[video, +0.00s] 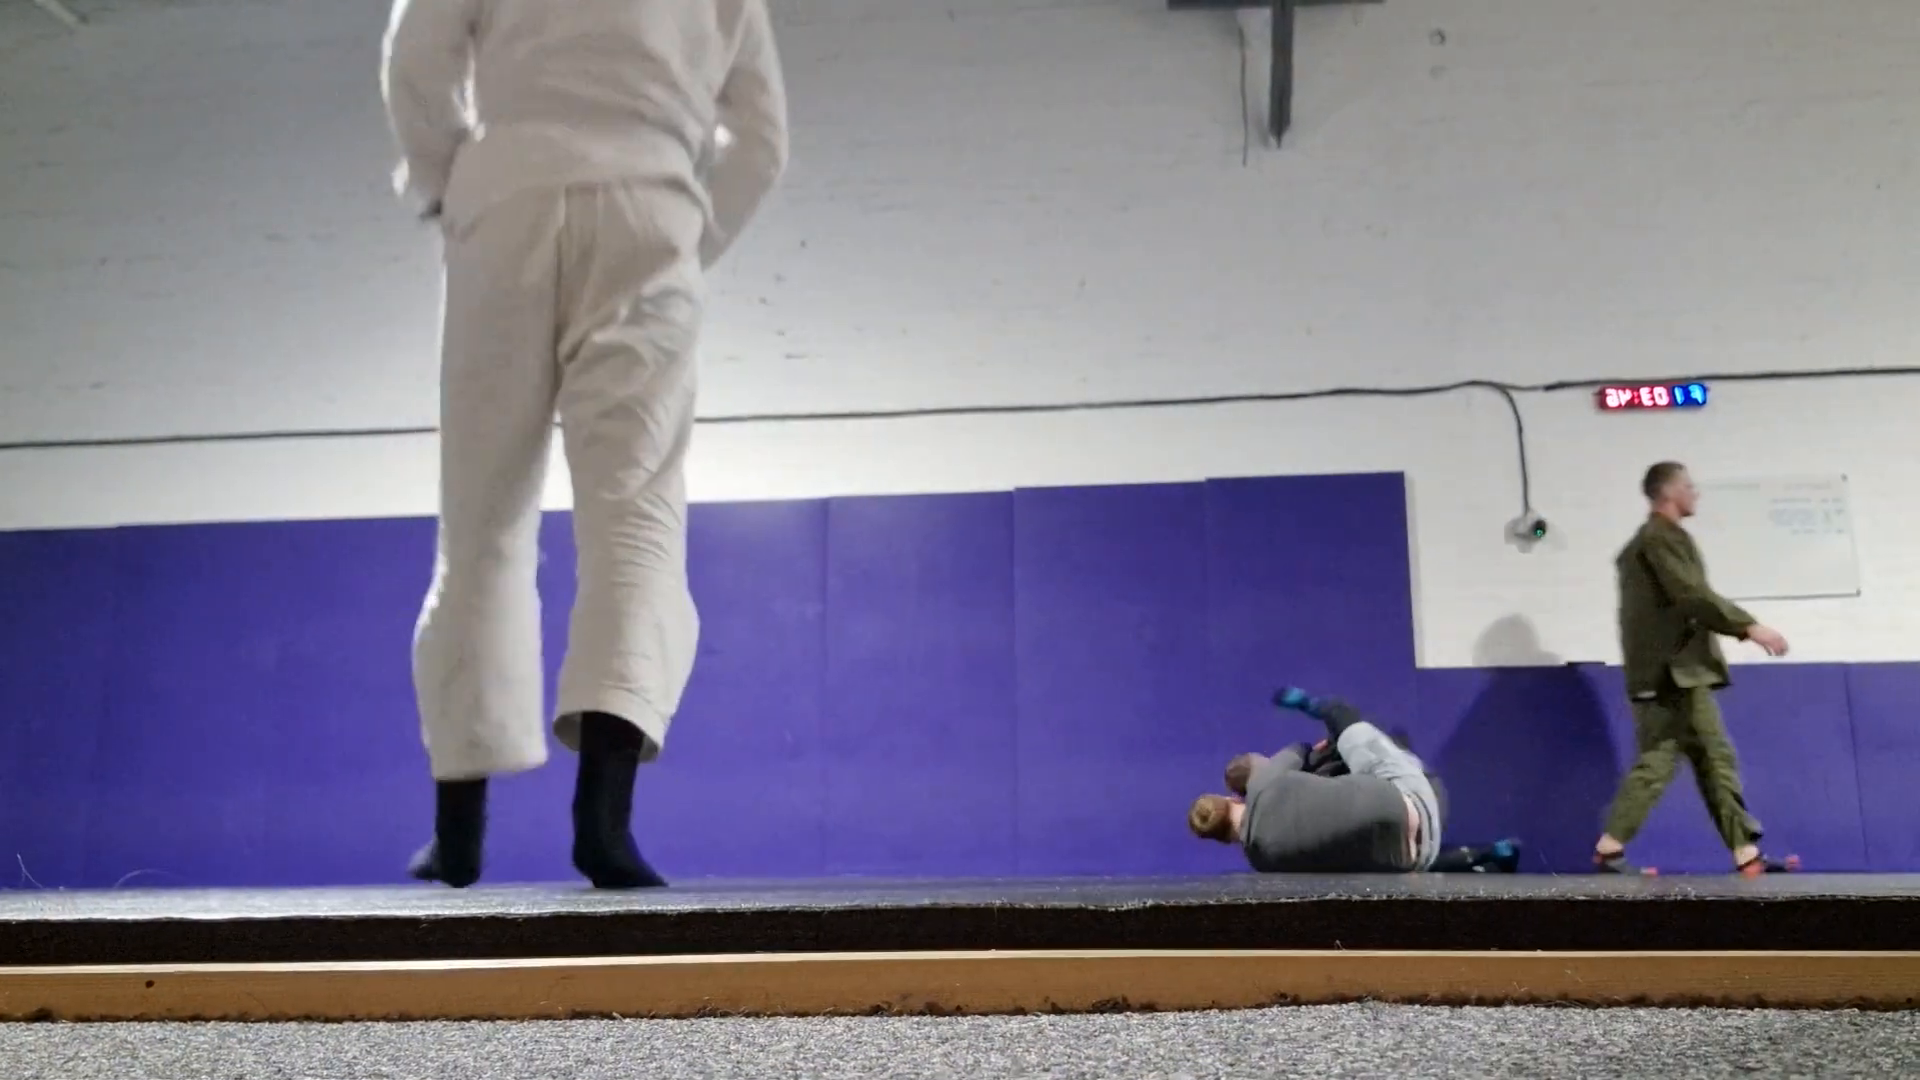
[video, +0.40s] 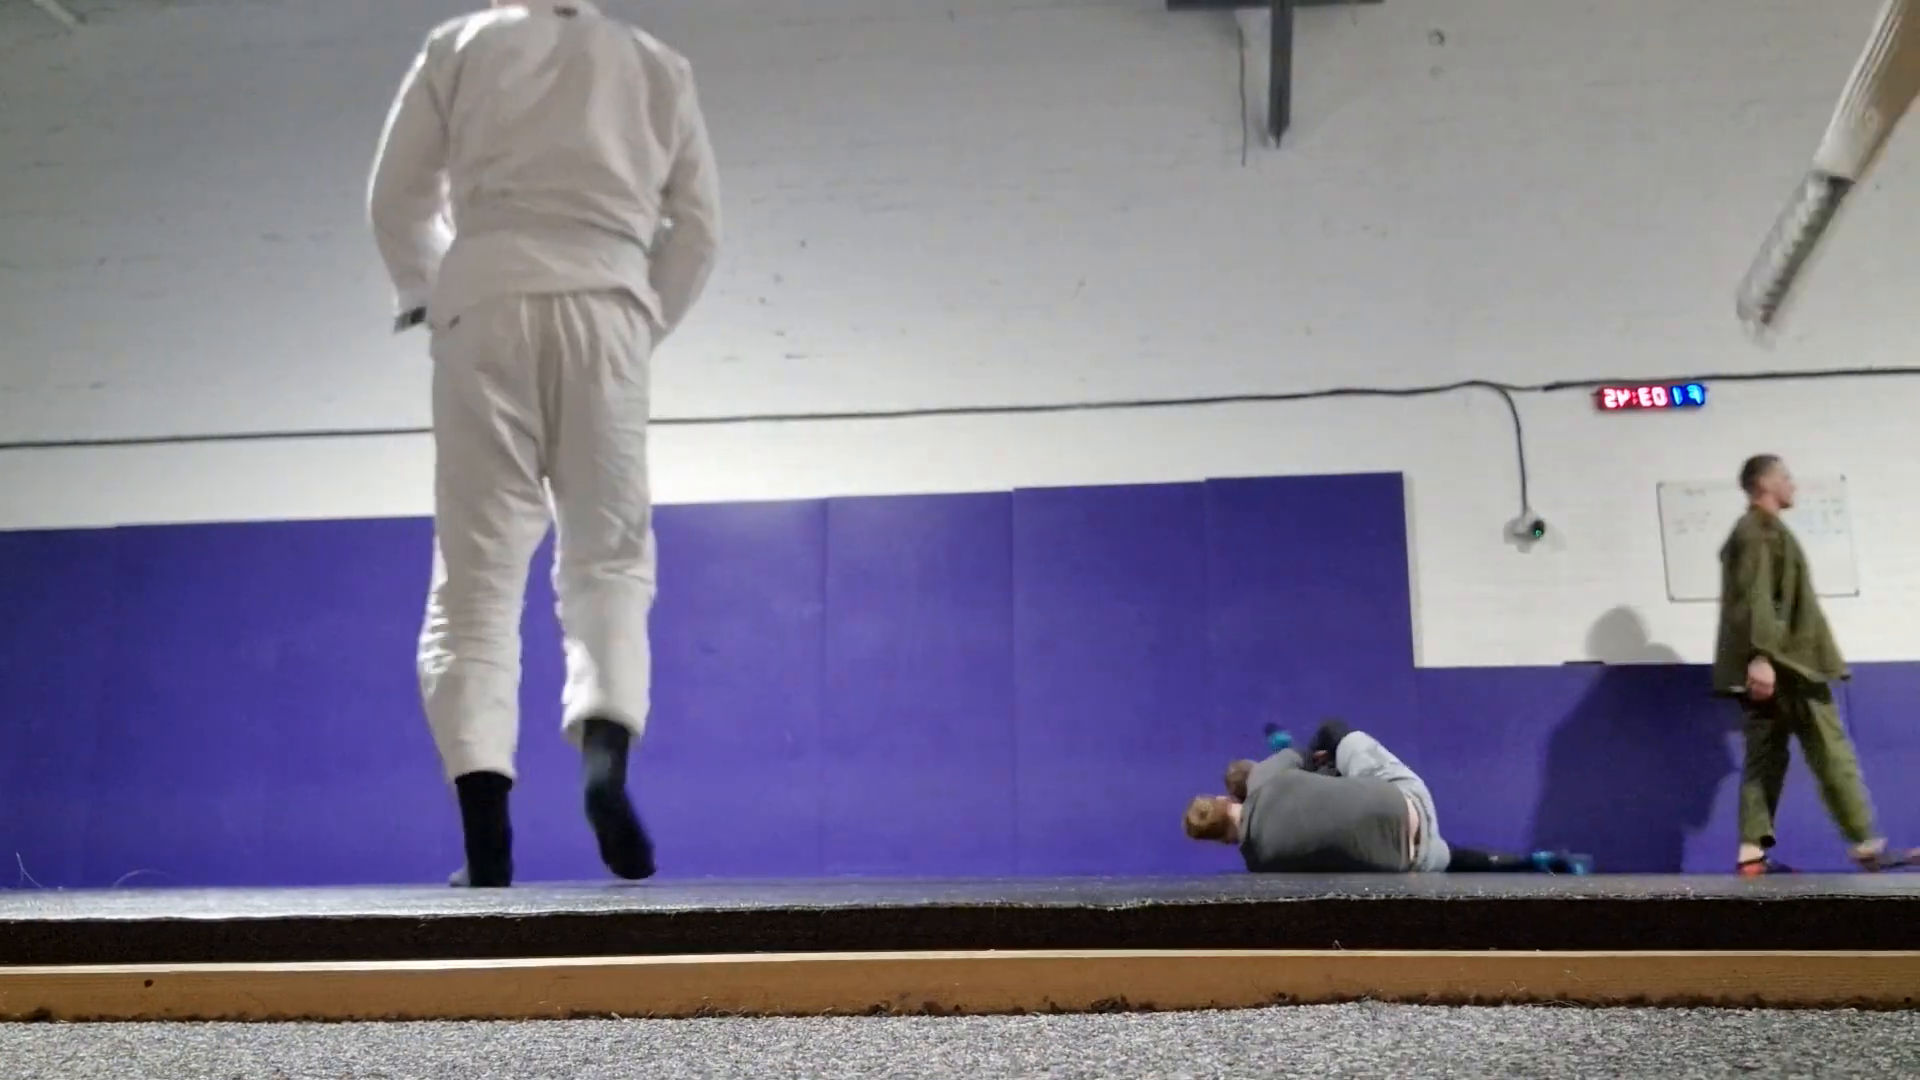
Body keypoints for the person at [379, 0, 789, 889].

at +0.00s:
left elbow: (413, 58)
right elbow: (763, 137)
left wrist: (448, 185)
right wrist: (682, 236)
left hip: (504, 182)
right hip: (646, 185)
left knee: (485, 514)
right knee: (634, 503)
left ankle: (458, 833)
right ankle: (604, 821)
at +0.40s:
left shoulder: (456, 46)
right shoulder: (659, 64)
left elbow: (396, 197)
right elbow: (696, 228)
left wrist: (431, 295)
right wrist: (637, 323)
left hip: (481, 298)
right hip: (605, 303)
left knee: (480, 558)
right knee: (610, 547)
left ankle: (485, 834)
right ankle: (606, 752)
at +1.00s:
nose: (476, 126)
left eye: (479, 110)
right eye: (476, 112)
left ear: (508, 103)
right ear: (553, 107)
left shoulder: (497, 166)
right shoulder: (628, 205)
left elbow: (451, 260)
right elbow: (647, 337)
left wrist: (423, 360)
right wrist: (608, 407)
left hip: (516, 408)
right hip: (612, 418)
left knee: (454, 617)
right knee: (588, 626)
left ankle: (478, 844)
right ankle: (593, 854)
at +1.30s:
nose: (437, 155)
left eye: (448, 138)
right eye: (435, 141)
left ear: (497, 140)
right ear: (505, 147)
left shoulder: (507, 199)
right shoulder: (547, 215)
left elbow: (505, 313)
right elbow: (562, 351)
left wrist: (433, 388)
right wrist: (473, 429)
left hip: (515, 439)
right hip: (554, 443)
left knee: (439, 647)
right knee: (472, 636)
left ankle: (479, 847)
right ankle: (558, 805)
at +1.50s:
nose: (451, 175)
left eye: (466, 162)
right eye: (445, 164)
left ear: (511, 170)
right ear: (442, 176)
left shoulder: (547, 244)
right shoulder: (456, 263)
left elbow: (566, 354)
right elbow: (427, 376)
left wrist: (488, 417)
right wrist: (401, 442)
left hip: (533, 476)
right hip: (487, 480)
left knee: (460, 661)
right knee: (440, 667)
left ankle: (483, 852)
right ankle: (475, 848)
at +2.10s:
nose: (553, 207)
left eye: (567, 197)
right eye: (541, 192)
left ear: (584, 213)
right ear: (513, 197)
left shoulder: (608, 300)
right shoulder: (463, 280)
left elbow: (632, 399)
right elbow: (415, 371)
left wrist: (624, 462)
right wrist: (466, 409)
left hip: (576, 507)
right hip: (487, 501)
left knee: (577, 672)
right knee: (469, 671)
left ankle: (568, 848)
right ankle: (475, 851)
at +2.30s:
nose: (578, 226)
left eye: (590, 215)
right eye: (566, 210)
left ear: (605, 221)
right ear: (535, 208)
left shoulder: (624, 306)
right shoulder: (488, 279)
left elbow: (652, 401)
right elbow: (450, 355)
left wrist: (678, 481)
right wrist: (520, 290)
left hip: (592, 501)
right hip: (505, 495)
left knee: (588, 670)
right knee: (478, 667)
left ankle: (569, 847)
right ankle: (478, 849)